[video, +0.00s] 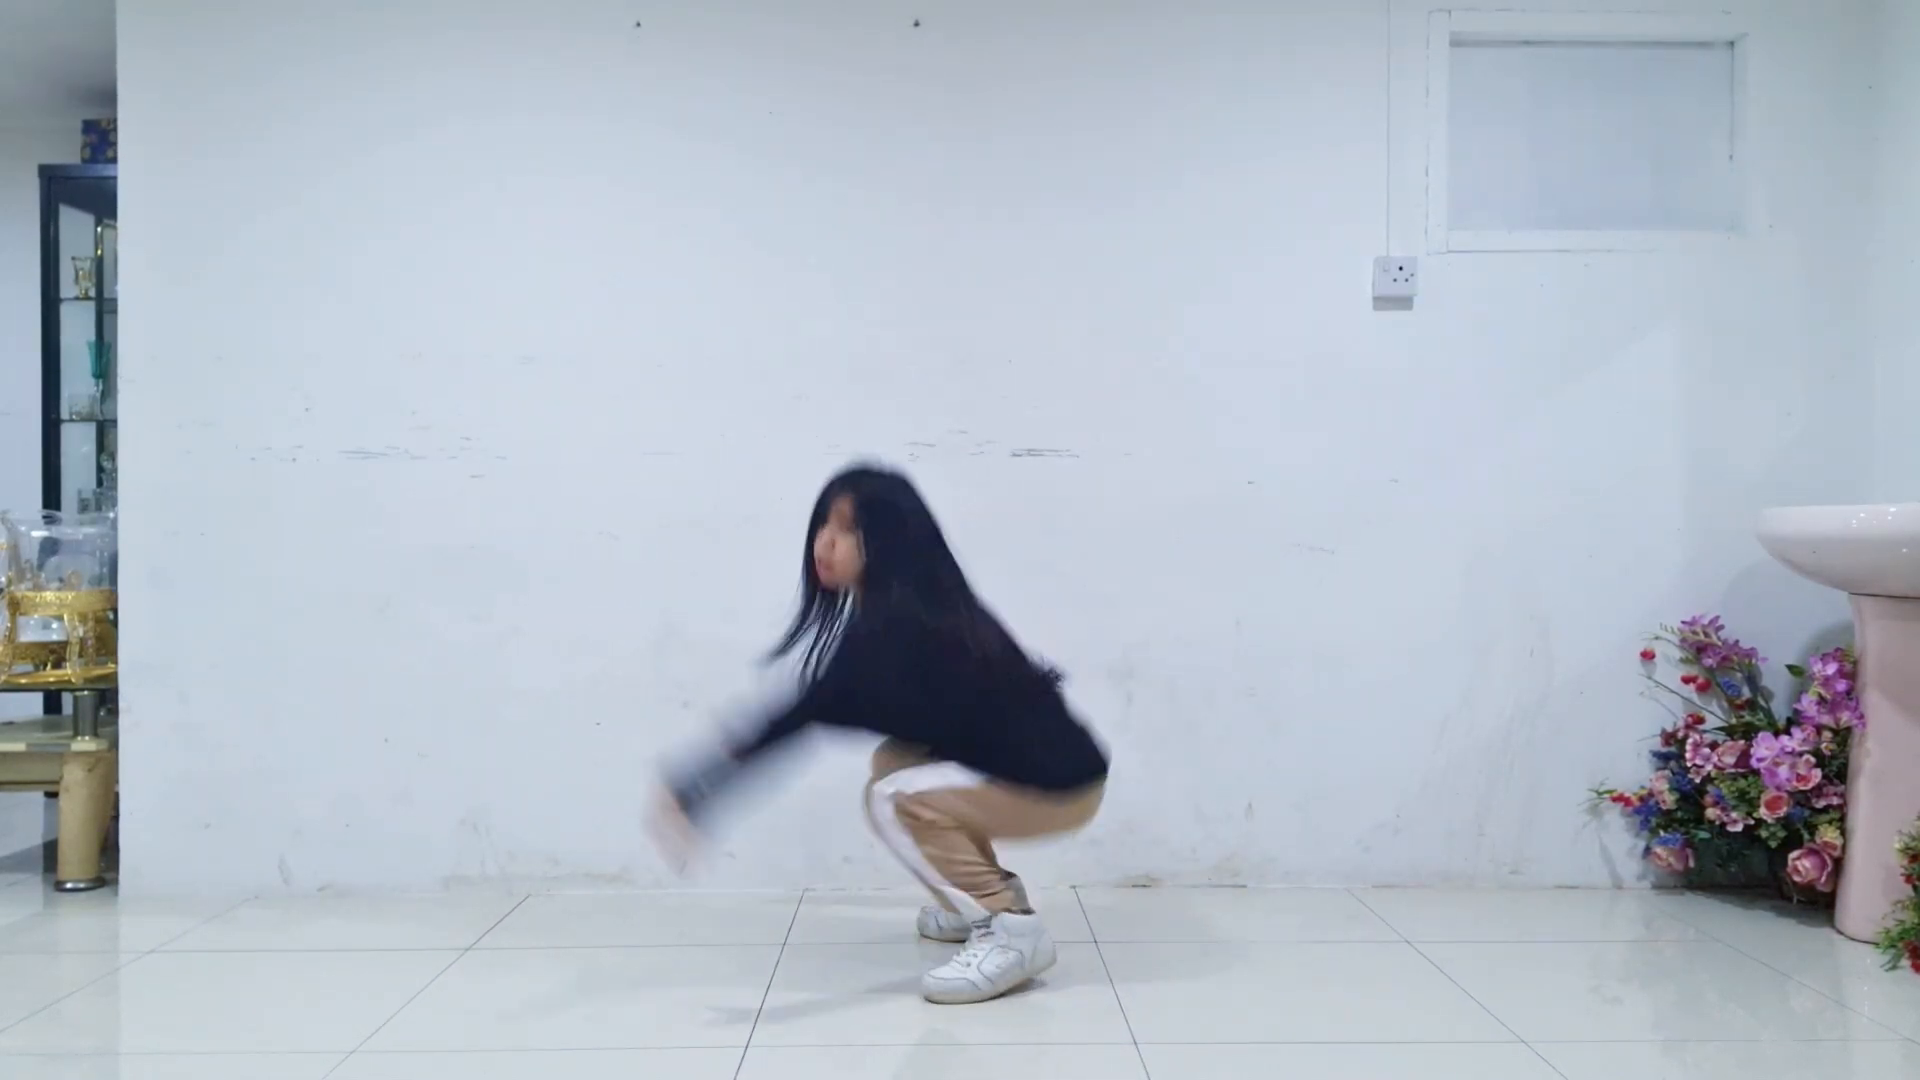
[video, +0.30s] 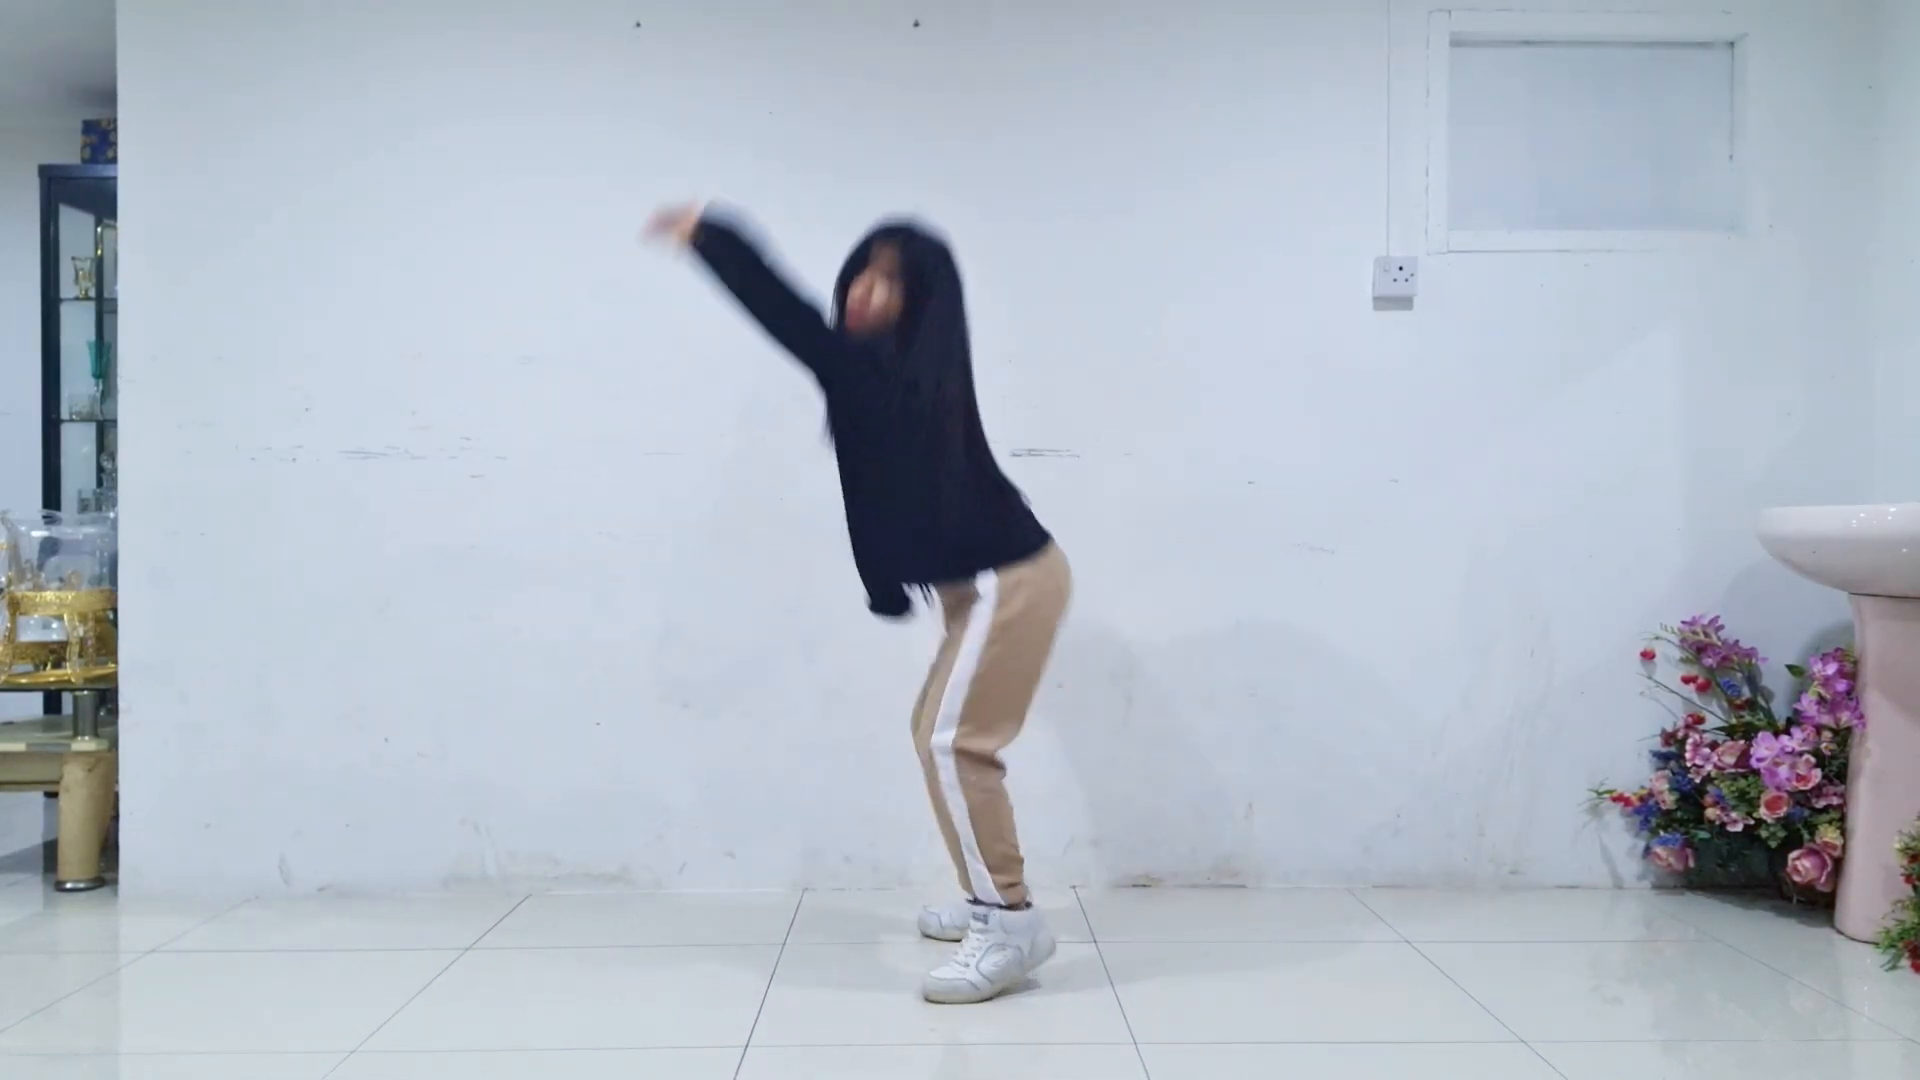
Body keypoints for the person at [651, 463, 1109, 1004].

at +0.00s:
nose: (824, 545)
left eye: (844, 533)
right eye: (822, 528)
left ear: (880, 544)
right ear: (814, 530)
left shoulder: (892, 632)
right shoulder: (910, 601)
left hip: (1054, 784)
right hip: (1035, 753)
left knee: (898, 799)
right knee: (894, 760)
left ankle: (1012, 931)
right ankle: (981, 899)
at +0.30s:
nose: (862, 291)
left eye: (884, 283)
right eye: (861, 275)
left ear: (916, 302)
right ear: (848, 281)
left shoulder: (894, 367)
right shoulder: (866, 363)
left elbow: (783, 314)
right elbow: (782, 310)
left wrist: (707, 234)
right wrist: (711, 232)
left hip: (1012, 582)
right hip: (975, 586)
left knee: (954, 739)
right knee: (938, 734)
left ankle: (1014, 921)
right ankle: (989, 901)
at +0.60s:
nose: (908, 241)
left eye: (926, 228)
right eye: (894, 227)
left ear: (955, 242)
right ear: (876, 241)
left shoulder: (969, 319)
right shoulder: (872, 331)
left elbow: (943, 345)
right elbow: (807, 364)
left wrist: (918, 280)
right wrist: (791, 297)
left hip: (979, 575)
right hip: (906, 581)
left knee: (958, 731)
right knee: (903, 741)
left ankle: (959, 906)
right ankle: (953, 879)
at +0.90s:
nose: (923, 253)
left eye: (944, 240)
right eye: (914, 237)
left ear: (976, 257)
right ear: (898, 247)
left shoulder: (979, 343)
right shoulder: (888, 346)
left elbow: (931, 408)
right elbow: (828, 421)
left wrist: (854, 359)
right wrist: (752, 392)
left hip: (986, 545)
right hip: (922, 549)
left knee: (960, 705)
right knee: (923, 712)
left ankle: (1002, 889)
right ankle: (963, 873)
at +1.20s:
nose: (933, 255)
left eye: (953, 249)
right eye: (928, 239)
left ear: (980, 268)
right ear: (911, 247)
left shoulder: (990, 344)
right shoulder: (879, 355)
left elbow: (980, 429)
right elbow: (849, 457)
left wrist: (931, 335)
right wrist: (810, 371)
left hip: (974, 555)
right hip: (902, 562)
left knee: (961, 725)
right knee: (923, 729)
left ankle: (1007, 895)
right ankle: (968, 882)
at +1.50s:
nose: (895, 286)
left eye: (897, 268)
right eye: (876, 291)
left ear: (924, 269)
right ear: (871, 321)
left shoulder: (1002, 347)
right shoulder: (880, 385)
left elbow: (1027, 455)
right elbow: (863, 484)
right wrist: (858, 569)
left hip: (983, 571)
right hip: (899, 579)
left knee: (977, 689)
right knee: (908, 728)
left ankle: (983, 858)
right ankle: (935, 868)